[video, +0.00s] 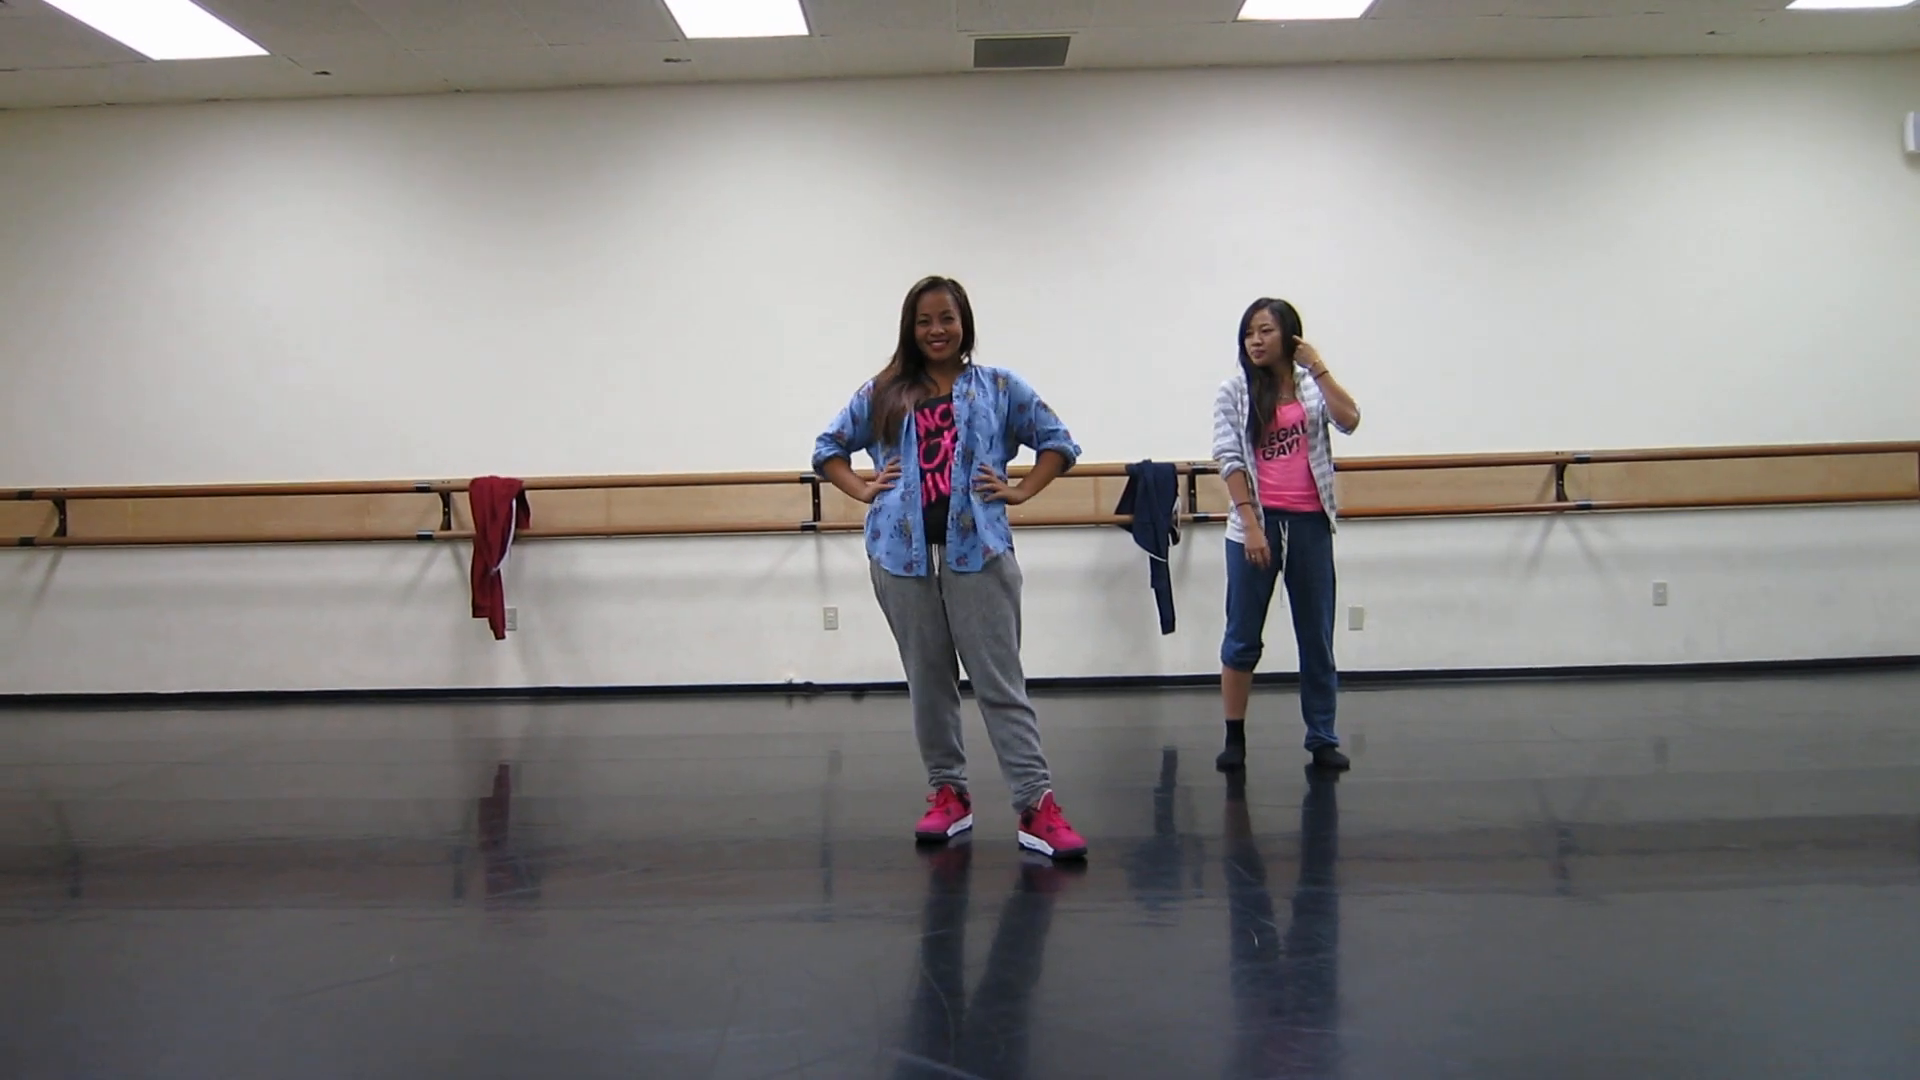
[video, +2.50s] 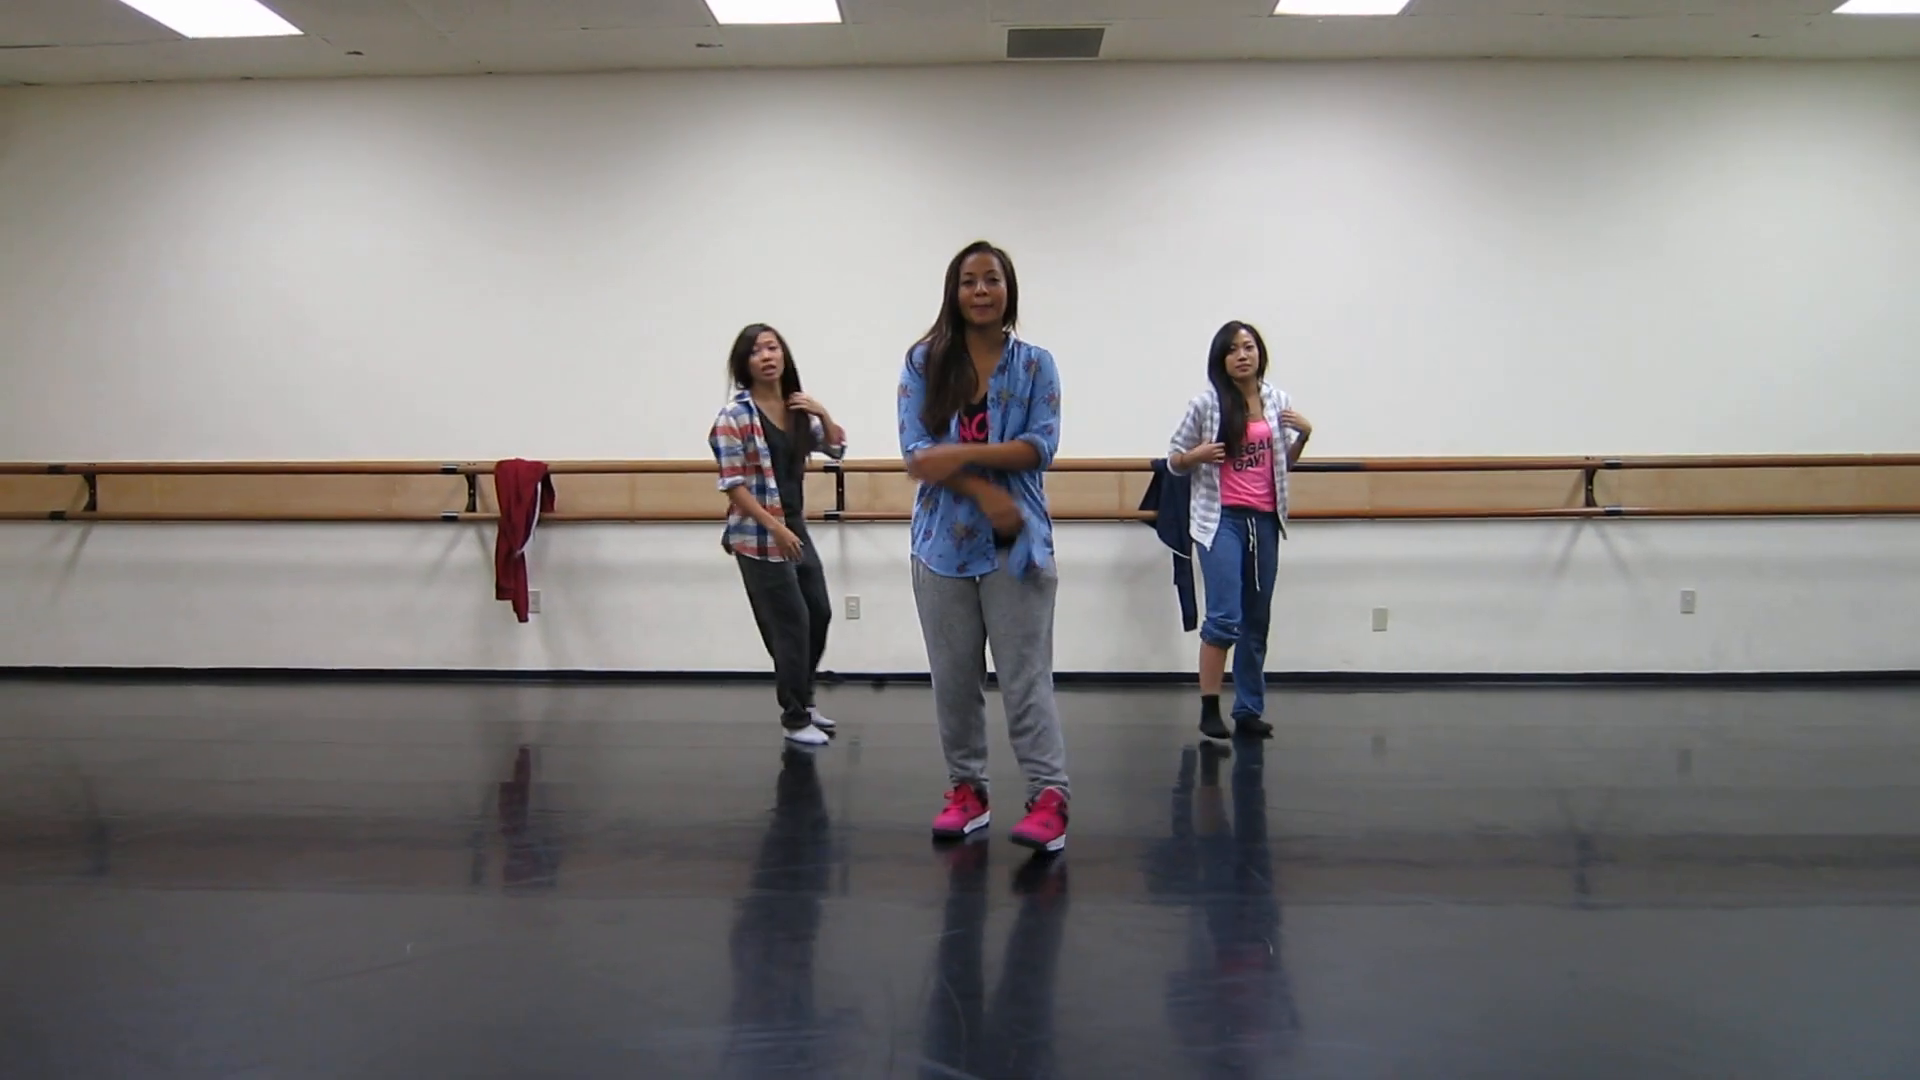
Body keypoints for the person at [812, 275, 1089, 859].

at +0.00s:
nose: (936, 329)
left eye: (947, 318)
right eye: (925, 320)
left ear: (965, 323)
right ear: (909, 328)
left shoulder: (998, 386)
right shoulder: (883, 394)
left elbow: (1060, 443)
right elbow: (826, 450)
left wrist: (1024, 487)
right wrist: (857, 486)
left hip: (978, 555)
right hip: (902, 559)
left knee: (1001, 685)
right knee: (928, 683)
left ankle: (1036, 807)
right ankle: (947, 796)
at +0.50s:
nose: (949, 354)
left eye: (960, 343)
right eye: (938, 345)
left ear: (977, 351)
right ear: (922, 354)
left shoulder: (1006, 411)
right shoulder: (893, 420)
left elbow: (1070, 464)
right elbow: (837, 475)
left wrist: (1033, 495)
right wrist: (873, 507)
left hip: (995, 556)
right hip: (917, 562)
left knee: (1021, 681)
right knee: (941, 685)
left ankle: (1056, 807)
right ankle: (960, 798)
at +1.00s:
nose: (942, 312)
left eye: (951, 303)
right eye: (931, 307)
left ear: (971, 315)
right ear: (916, 324)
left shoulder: (1006, 383)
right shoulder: (890, 392)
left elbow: (1068, 438)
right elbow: (834, 450)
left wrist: (1043, 485)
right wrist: (876, 493)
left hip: (1003, 548)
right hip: (926, 556)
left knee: (1025, 677)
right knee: (952, 682)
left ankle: (1055, 799)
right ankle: (965, 794)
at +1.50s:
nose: (941, 288)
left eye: (951, 279)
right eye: (930, 281)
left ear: (971, 291)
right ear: (914, 297)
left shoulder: (1006, 358)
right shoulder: (887, 371)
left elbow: (1063, 421)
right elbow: (844, 442)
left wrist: (1040, 485)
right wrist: (877, 494)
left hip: (1001, 540)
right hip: (923, 549)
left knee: (1020, 673)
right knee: (946, 680)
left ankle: (1048, 793)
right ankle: (959, 793)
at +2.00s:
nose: (941, 288)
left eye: (952, 278)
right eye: (929, 280)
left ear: (970, 289)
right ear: (912, 293)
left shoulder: (1001, 363)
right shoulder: (883, 366)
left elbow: (1024, 452)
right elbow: (861, 448)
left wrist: (1044, 520)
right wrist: (862, 515)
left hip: (987, 547)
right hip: (910, 551)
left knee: (994, 676)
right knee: (930, 679)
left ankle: (1027, 792)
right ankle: (948, 791)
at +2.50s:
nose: (981, 289)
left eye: (992, 279)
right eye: (969, 281)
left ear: (1009, 290)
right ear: (953, 292)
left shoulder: (1034, 362)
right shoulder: (923, 361)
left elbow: (1040, 448)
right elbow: (917, 454)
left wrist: (958, 455)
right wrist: (986, 489)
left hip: (1016, 544)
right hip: (941, 546)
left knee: (1026, 677)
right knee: (953, 677)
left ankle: (1048, 795)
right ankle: (967, 791)